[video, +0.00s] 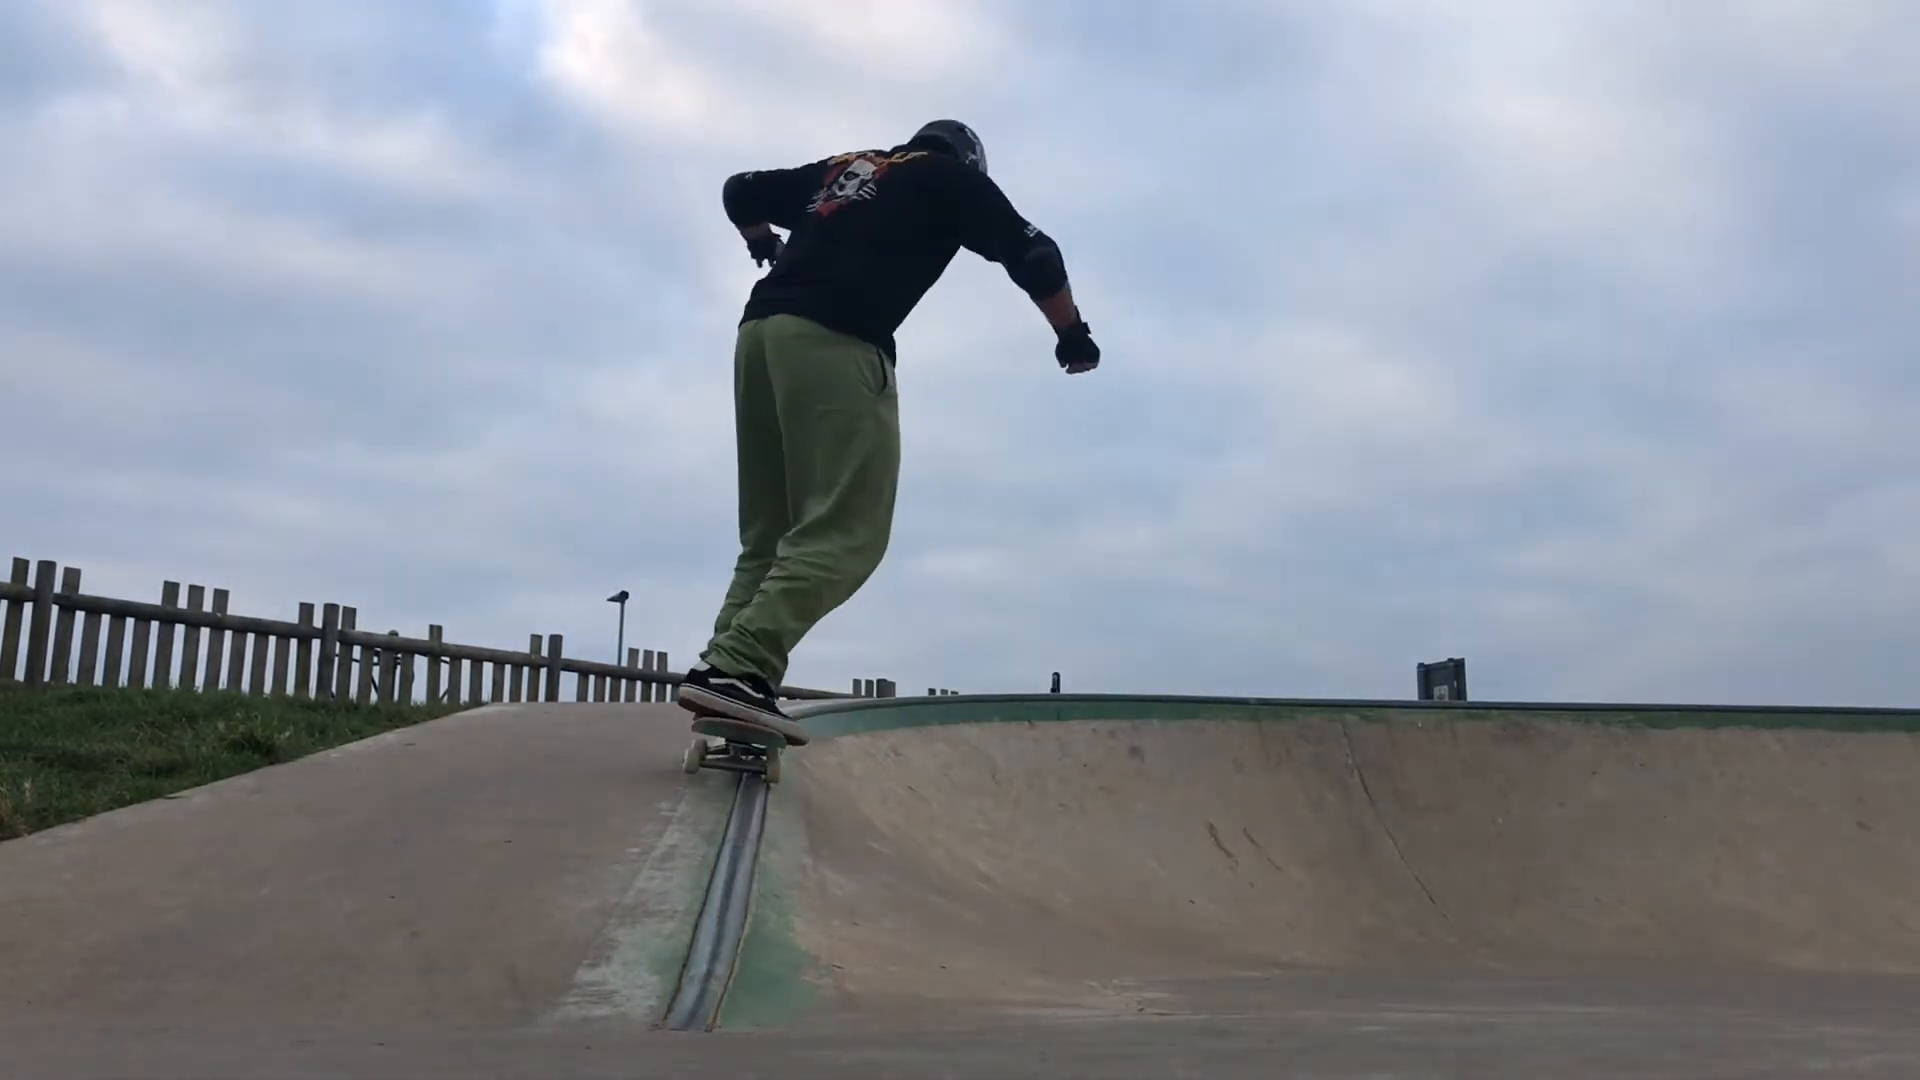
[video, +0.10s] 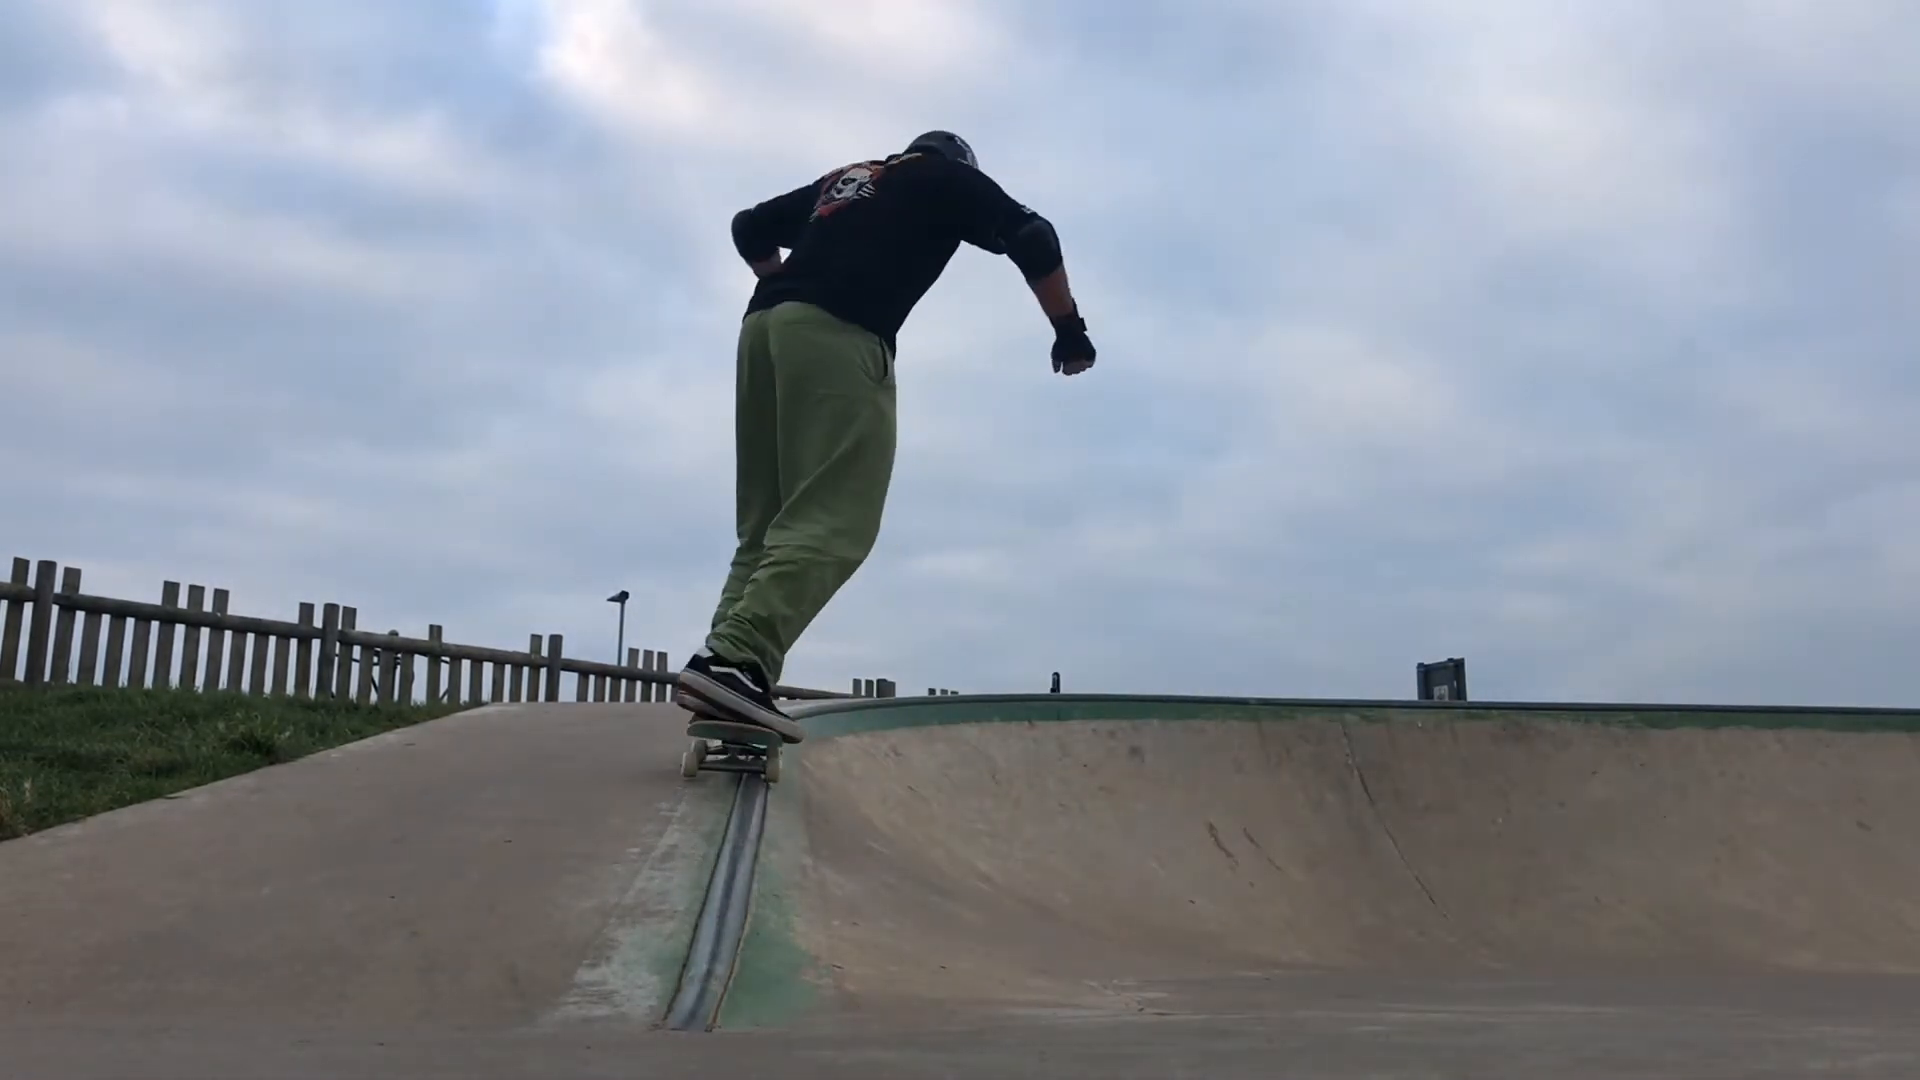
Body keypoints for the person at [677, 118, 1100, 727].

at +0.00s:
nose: (975, 183)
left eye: (977, 175)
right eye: (976, 173)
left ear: (916, 142)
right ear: (967, 159)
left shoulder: (847, 167)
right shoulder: (957, 177)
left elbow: (740, 189)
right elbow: (1033, 253)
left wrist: (760, 238)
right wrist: (1072, 332)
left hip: (759, 335)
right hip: (834, 339)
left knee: (768, 529)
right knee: (846, 531)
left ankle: (725, 675)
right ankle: (736, 671)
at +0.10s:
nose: (965, 180)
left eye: (960, 171)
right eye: (966, 172)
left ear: (909, 150)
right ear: (957, 161)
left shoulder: (844, 179)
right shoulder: (951, 177)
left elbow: (749, 224)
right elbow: (1032, 235)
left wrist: (781, 281)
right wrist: (1069, 327)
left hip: (761, 327)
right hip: (834, 328)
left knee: (763, 521)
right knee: (832, 518)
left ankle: (723, 676)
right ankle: (734, 663)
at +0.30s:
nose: (979, 260)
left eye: (981, 255)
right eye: (985, 247)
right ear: (976, 223)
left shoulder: (870, 232)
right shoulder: (964, 198)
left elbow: (870, 333)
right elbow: (1038, 143)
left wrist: (915, 441)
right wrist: (1117, 84)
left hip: (783, 334)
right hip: (874, 335)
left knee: (751, 525)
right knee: (894, 522)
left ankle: (711, 678)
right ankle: (872, 688)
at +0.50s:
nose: (1043, 246)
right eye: (1028, 235)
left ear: (960, 228)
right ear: (1008, 230)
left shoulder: (904, 271)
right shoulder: (1000, 244)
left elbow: (892, 350)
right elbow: (1074, 195)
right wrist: (1125, 166)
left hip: (843, 429)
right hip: (924, 436)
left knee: (861, 558)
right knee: (919, 630)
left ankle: (779, 633)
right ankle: (851, 785)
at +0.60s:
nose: (1055, 289)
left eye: (1056, 280)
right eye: (1055, 279)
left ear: (993, 254)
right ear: (1041, 264)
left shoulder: (926, 310)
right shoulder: (1020, 284)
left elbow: (855, 409)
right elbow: (1108, 299)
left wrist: (853, 500)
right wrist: (1137, 310)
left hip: (878, 480)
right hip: (954, 473)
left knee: (941, 607)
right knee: (960, 653)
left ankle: (899, 746)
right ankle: (865, 791)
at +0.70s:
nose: (1095, 299)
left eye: (1099, 288)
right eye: (1090, 283)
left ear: (1032, 275)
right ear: (1049, 269)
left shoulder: (968, 329)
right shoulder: (1060, 323)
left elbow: (882, 390)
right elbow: (1106, 418)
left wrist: (842, 485)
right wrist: (1153, 470)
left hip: (926, 506)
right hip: (989, 502)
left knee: (996, 680)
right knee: (1009, 682)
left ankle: (1012, 849)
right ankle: (886, 778)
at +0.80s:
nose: (1130, 322)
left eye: (1136, 311)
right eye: (1120, 306)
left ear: (1087, 311)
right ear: (1079, 302)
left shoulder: (1022, 363)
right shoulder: (1079, 368)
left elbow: (942, 421)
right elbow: (1087, 475)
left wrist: (908, 510)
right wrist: (1130, 550)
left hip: (988, 564)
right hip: (1032, 559)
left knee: (1045, 718)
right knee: (1117, 699)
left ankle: (1030, 885)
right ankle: (976, 779)